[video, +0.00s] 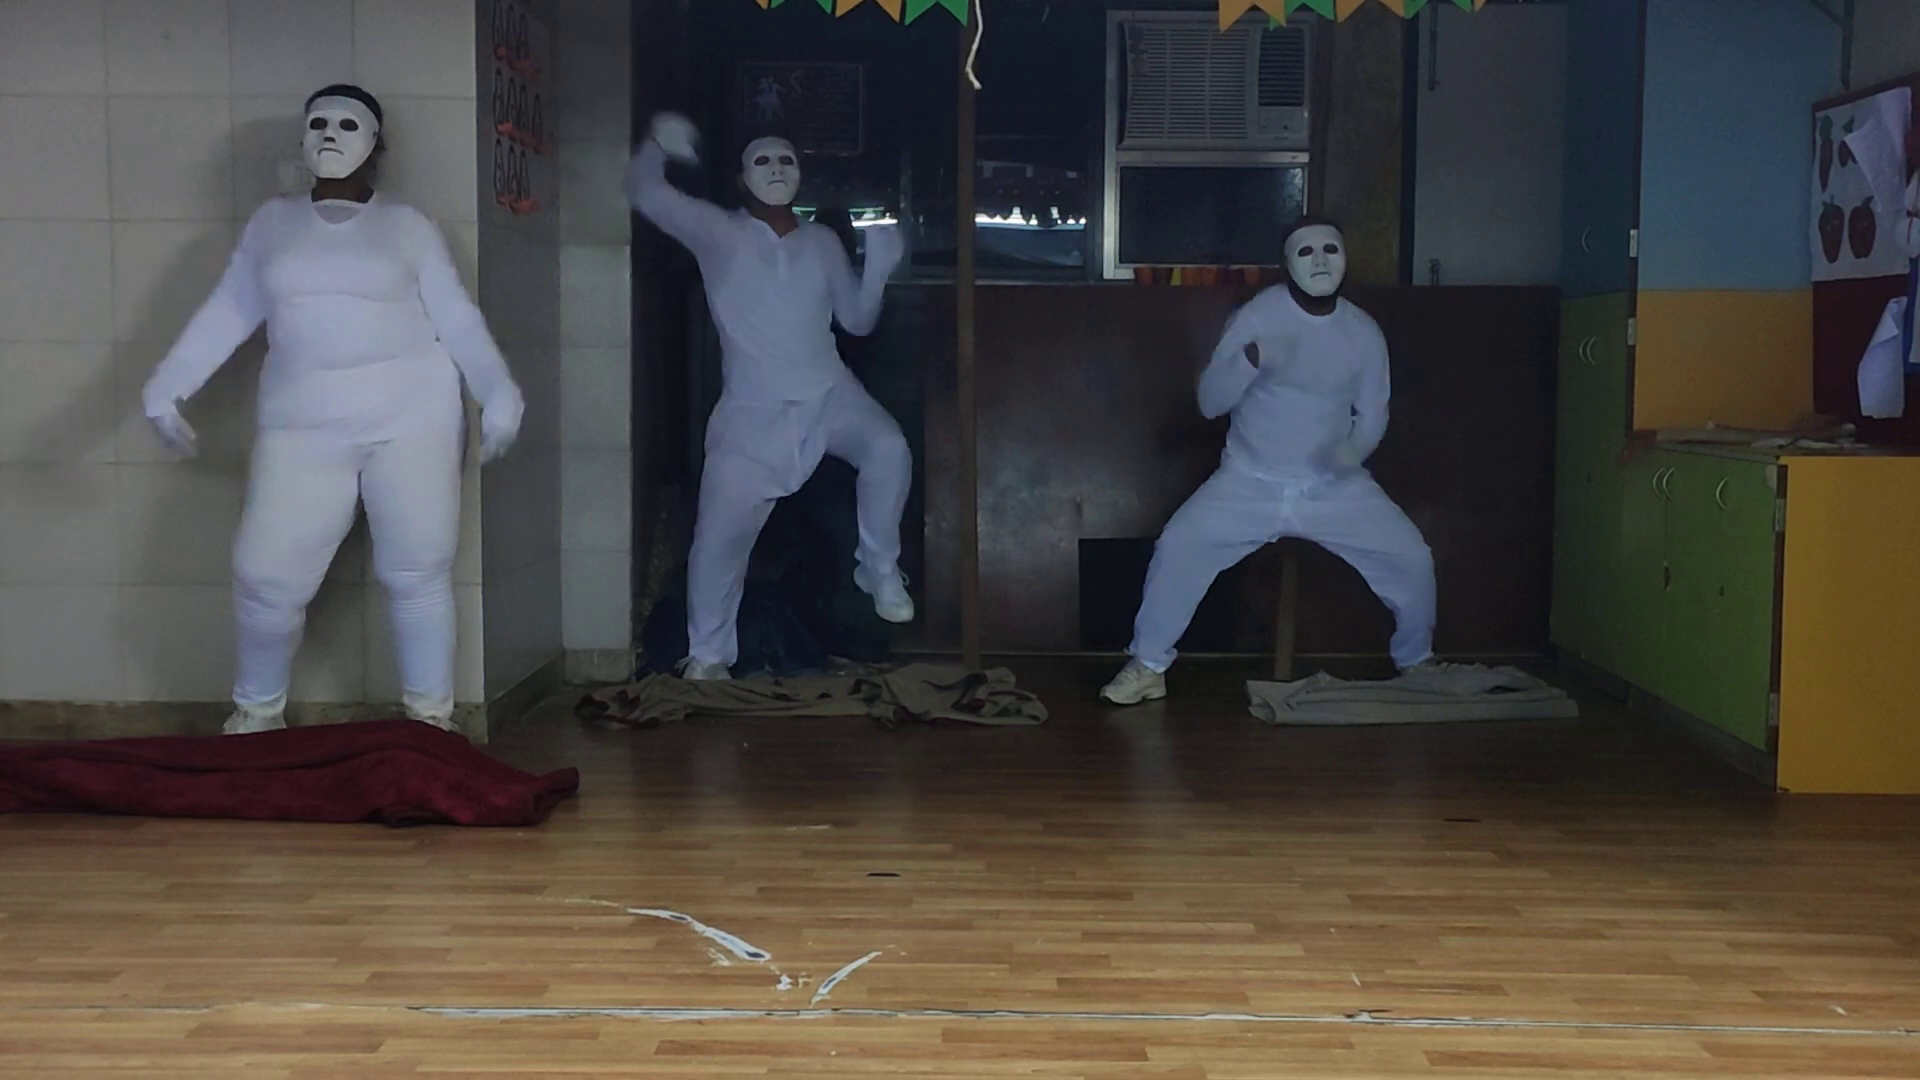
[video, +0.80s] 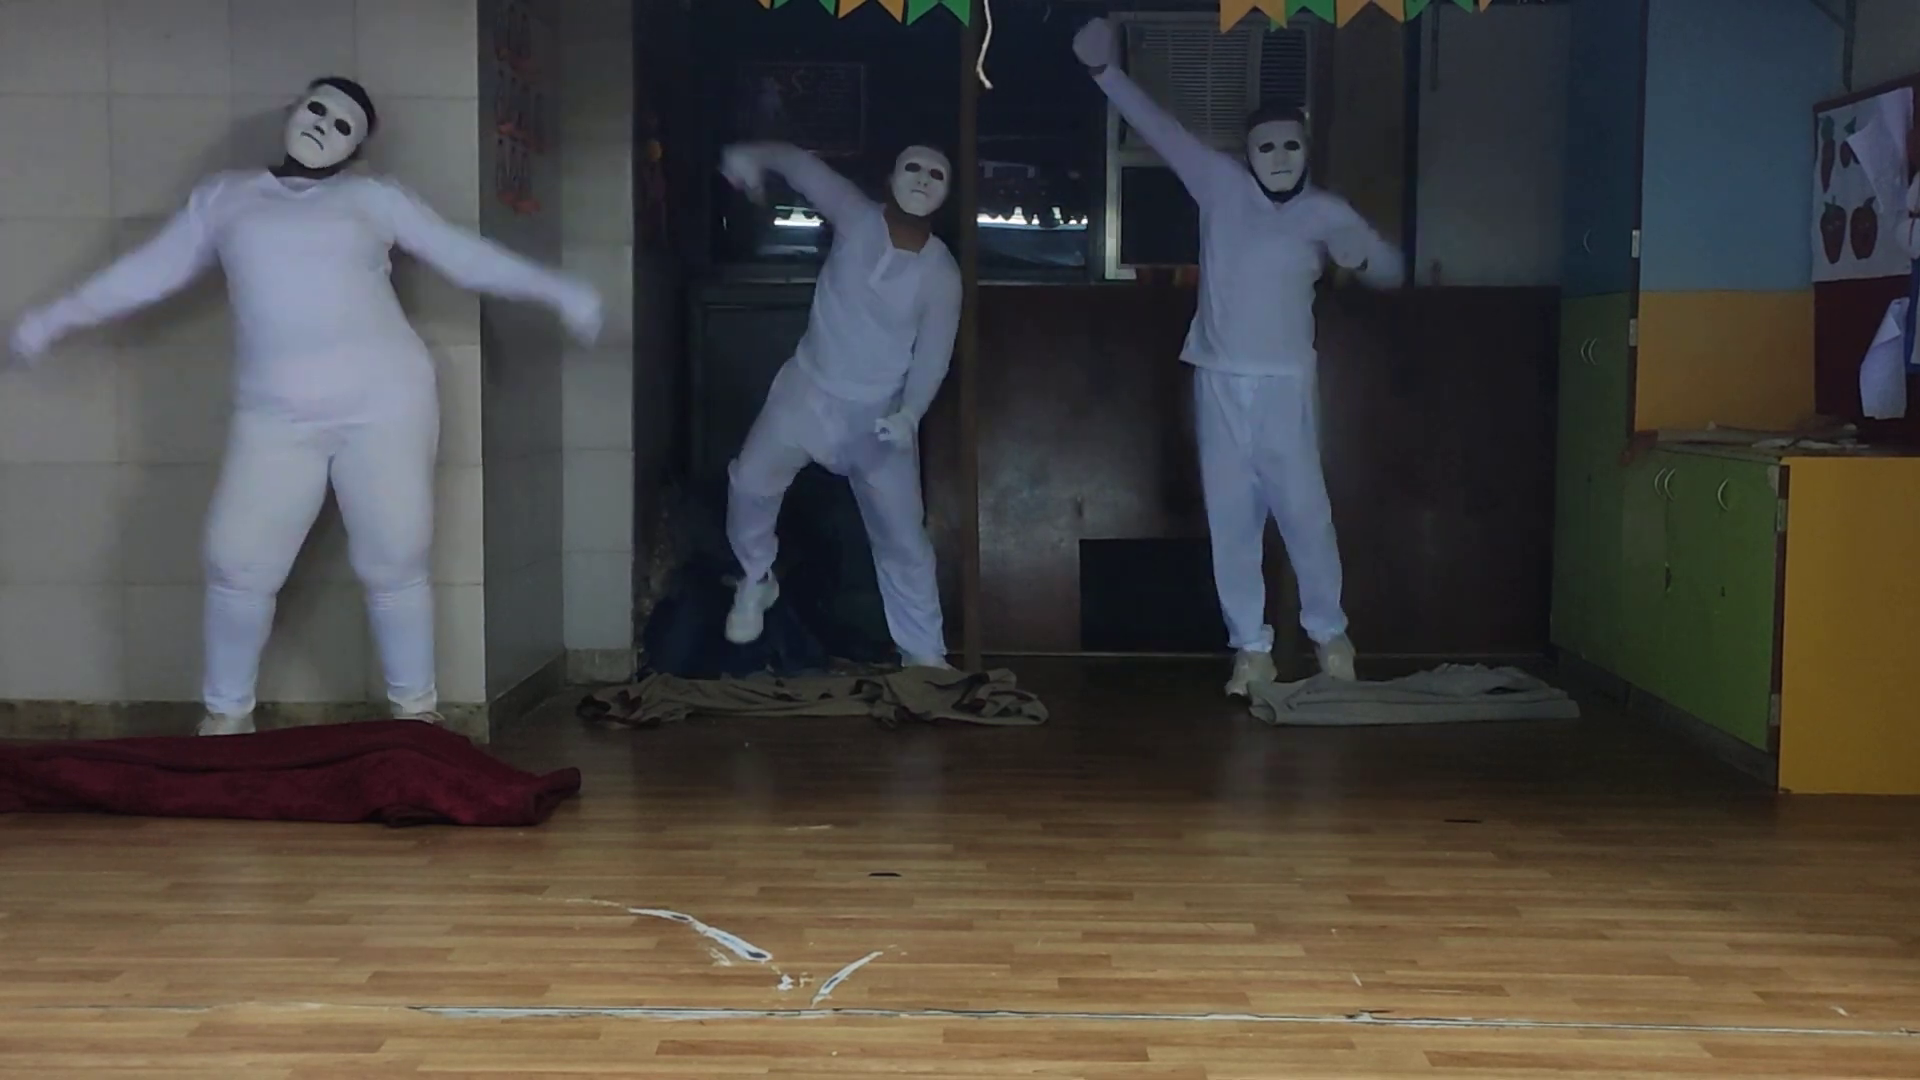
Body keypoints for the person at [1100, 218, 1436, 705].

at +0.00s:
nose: (1319, 261)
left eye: (1330, 251)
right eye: (1306, 252)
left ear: (1345, 260)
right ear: (1288, 263)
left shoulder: (1364, 333)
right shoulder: (1257, 316)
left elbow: (1373, 414)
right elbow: (1210, 402)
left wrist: (1349, 454)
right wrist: (1248, 362)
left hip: (1335, 486)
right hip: (1247, 482)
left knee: (1412, 559)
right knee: (1178, 546)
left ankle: (1415, 661)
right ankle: (1147, 665)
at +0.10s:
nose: (1313, 236)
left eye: (1324, 226)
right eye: (1299, 228)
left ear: (1340, 237)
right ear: (1281, 240)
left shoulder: (1361, 307)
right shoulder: (1248, 293)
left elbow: (1379, 397)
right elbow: (1206, 377)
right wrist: (1219, 312)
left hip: (1344, 475)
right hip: (1255, 474)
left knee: (1416, 558)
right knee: (1185, 548)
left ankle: (1415, 661)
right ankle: (1148, 665)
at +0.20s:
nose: (1295, 191)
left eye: (1306, 181)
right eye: (1283, 182)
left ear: (1324, 190)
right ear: (1266, 193)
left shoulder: (1351, 248)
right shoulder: (1241, 252)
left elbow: (1420, 273)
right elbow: (1172, 310)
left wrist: (1376, 207)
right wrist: (1214, 297)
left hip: (1344, 436)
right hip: (1262, 437)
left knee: (1403, 548)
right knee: (1204, 544)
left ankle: (1414, 663)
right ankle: (1146, 660)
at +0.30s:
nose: (1270, 154)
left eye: (1282, 143)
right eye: (1258, 144)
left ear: (1301, 149)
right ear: (1241, 153)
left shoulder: (1334, 181)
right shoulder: (1224, 225)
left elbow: (1400, 141)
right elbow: (1190, 290)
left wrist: (1458, 115)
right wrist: (1218, 306)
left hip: (1336, 384)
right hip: (1260, 392)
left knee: (1366, 518)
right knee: (1218, 514)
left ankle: (1384, 645)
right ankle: (1193, 641)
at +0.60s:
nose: (1253, 168)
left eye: (1264, 156)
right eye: (1241, 158)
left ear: (1284, 163)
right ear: (1224, 168)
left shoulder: (1314, 203)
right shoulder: (1211, 235)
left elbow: (1393, 182)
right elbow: (1143, 281)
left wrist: (1394, 154)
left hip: (1307, 396)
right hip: (1237, 403)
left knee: (1323, 524)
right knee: (1252, 530)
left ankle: (1326, 646)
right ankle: (1265, 658)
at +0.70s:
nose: (1273, 155)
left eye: (1284, 143)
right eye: (1259, 144)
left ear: (1300, 148)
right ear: (1242, 151)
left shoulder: (1321, 199)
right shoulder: (1211, 195)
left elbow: (1406, 193)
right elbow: (1135, 174)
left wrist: (1374, 209)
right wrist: (1146, 135)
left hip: (1300, 386)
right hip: (1228, 388)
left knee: (1319, 510)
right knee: (1243, 522)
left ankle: (1328, 622)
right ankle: (1256, 649)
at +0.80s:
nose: (1279, 158)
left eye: (1290, 147)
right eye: (1266, 148)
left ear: (1306, 153)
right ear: (1248, 152)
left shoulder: (1324, 213)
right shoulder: (1219, 181)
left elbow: (1391, 272)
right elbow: (1156, 124)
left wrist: (1365, 256)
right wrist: (1105, 70)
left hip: (1286, 383)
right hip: (1218, 379)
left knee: (1304, 512)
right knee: (1229, 517)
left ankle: (1330, 638)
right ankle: (1251, 649)